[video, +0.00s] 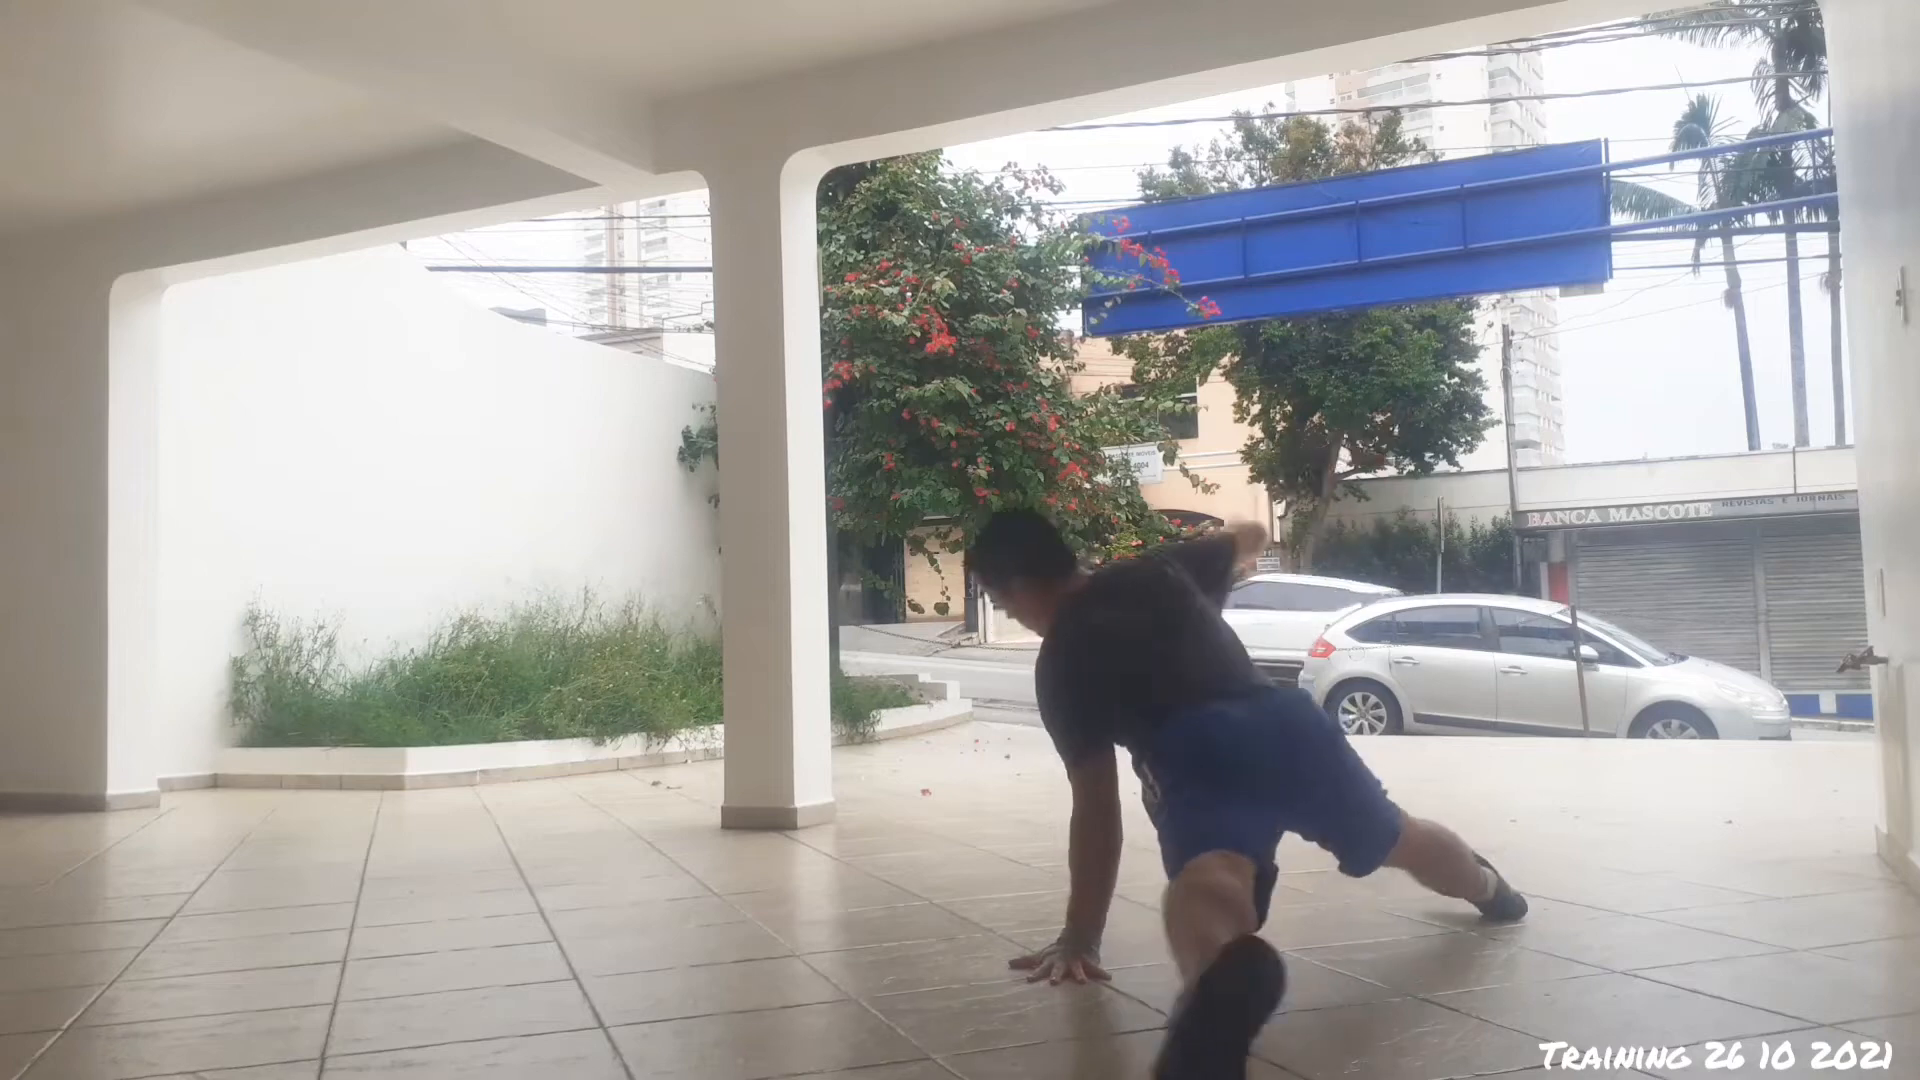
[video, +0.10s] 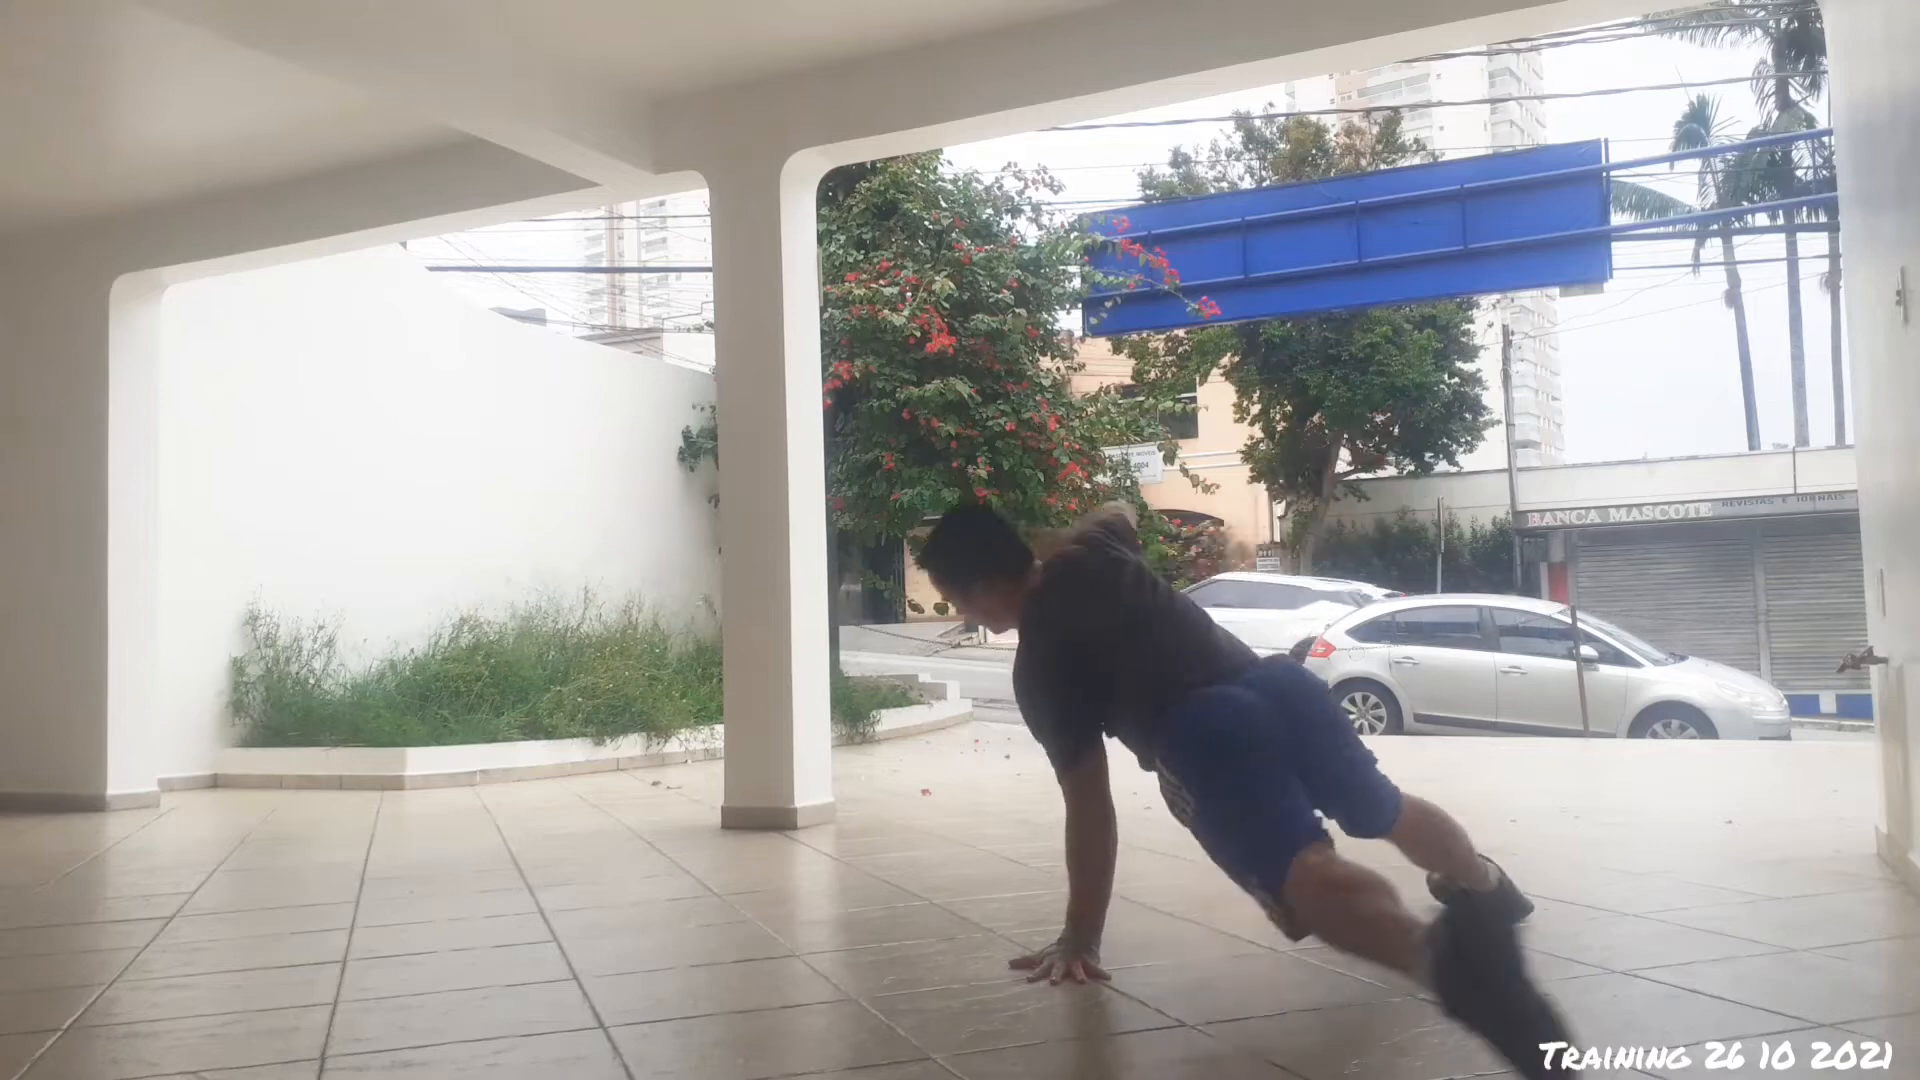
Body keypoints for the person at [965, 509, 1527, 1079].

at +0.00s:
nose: (1004, 611)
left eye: (997, 595)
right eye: (997, 596)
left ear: (1013, 588)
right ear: (1062, 557)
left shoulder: (1062, 661)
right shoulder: (1162, 568)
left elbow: (1096, 810)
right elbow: (1250, 533)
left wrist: (1080, 939)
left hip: (1194, 747)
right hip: (1282, 712)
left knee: (1210, 875)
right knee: (1396, 835)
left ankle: (1223, 976)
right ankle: (1496, 895)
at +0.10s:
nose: (959, 614)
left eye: (955, 600)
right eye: (951, 601)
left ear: (979, 586)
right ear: (1013, 549)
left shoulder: (1040, 664)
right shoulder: (1095, 545)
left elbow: (1089, 808)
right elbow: (1120, 515)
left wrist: (1078, 940)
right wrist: (1066, 543)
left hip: (1202, 734)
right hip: (1279, 679)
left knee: (1309, 875)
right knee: (1389, 808)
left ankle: (1439, 960)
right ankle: (1491, 893)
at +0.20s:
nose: (916, 622)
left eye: (908, 609)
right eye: (907, 607)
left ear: (932, 597)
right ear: (967, 550)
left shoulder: (1013, 677)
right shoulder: (1045, 532)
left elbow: (1081, 813)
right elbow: (1067, 437)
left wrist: (1080, 941)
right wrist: (1039, 353)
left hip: (1230, 730)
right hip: (1260, 654)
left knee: (1408, 840)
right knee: (1356, 788)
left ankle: (1644, 859)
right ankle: (1472, 878)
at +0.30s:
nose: (893, 616)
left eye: (887, 601)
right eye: (885, 600)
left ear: (904, 592)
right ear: (941, 543)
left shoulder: (982, 690)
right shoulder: (1032, 536)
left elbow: (1058, 813)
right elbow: (1089, 399)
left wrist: (1078, 947)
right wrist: (1091, 262)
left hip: (1224, 719)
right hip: (1228, 660)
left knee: (1421, 803)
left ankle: (1617, 787)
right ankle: (1401, 773)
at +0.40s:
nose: (910, 598)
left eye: (904, 584)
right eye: (904, 582)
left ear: (916, 591)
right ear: (977, 539)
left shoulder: (972, 700)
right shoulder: (1061, 565)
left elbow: (1044, 822)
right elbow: (1181, 470)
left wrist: (1077, 944)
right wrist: (1241, 343)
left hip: (1213, 779)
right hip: (1227, 673)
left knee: (1314, 816)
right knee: (1216, 588)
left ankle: (1400, 819)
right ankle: (1322, 576)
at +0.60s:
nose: (1053, 579)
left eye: (1051, 568)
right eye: (1063, 561)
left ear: (1064, 577)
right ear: (1134, 553)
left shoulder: (1053, 671)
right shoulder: (1202, 639)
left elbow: (1067, 821)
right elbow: (1262, 730)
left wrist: (1079, 943)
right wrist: (1291, 794)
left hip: (1084, 804)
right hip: (1186, 781)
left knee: (923, 798)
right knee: (1203, 573)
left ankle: (753, 816)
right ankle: (1238, 412)